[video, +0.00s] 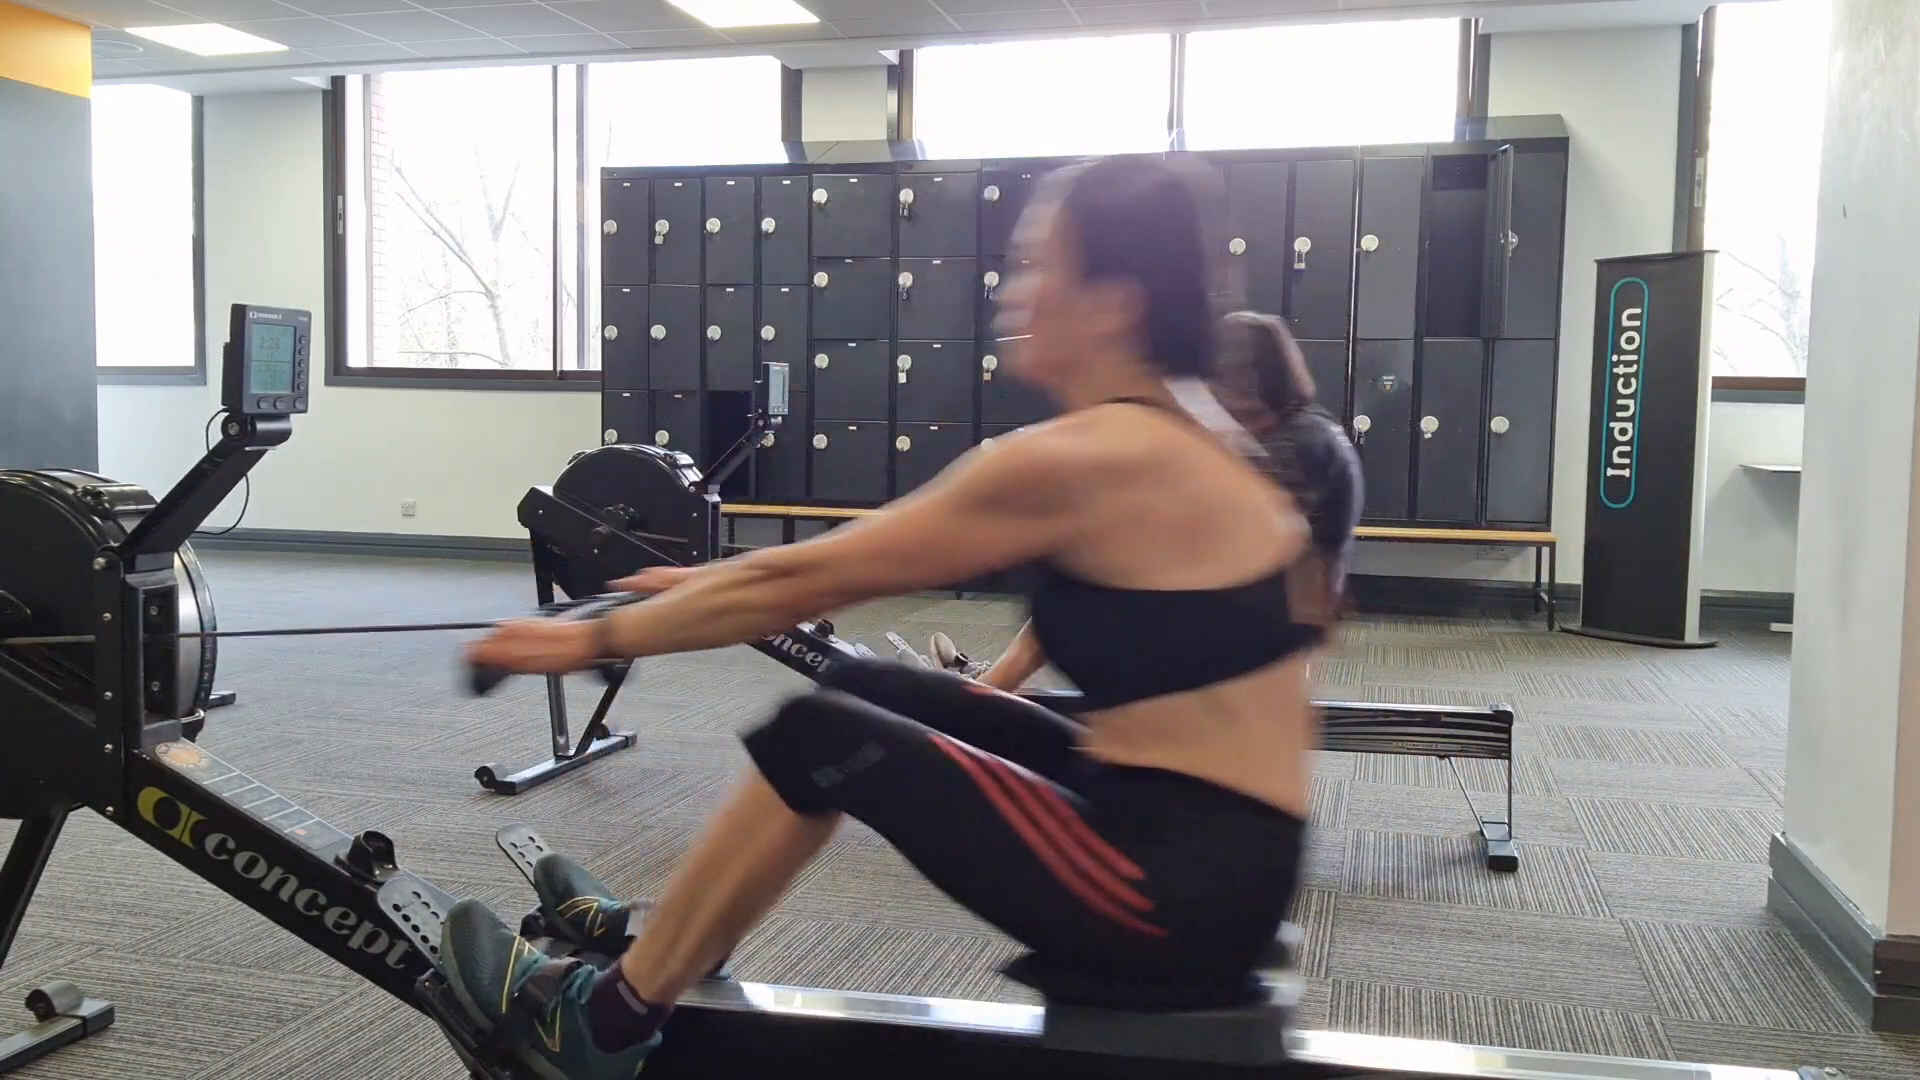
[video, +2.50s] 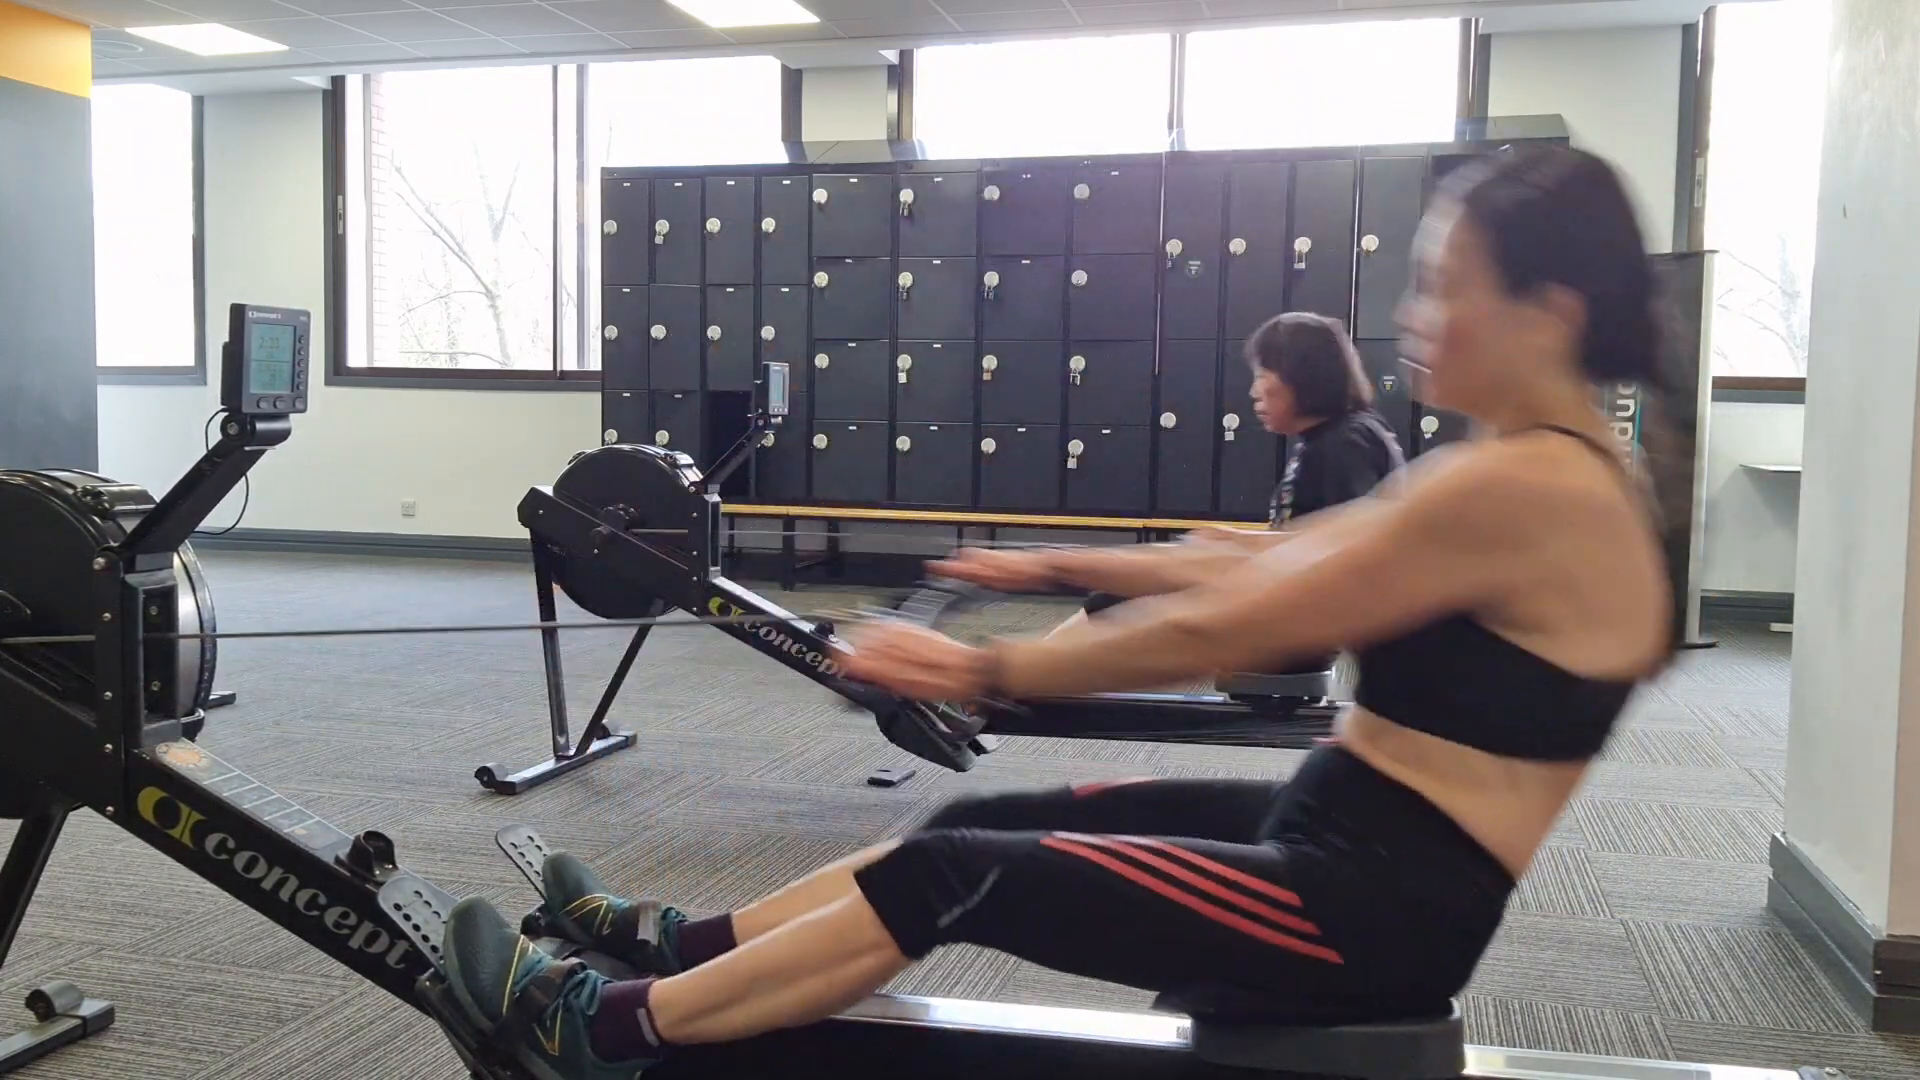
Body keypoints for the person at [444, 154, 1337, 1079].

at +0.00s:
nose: (1006, 297)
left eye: (1031, 273)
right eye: (1014, 271)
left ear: (1116, 303)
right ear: (1121, 307)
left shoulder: (1080, 460)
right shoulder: (1173, 437)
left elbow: (816, 580)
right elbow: (888, 556)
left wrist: (589, 637)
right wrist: (726, 579)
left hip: (1169, 883)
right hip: (1206, 841)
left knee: (825, 728)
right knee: (851, 690)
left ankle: (614, 1013)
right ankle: (665, 963)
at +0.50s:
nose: (1499, 371)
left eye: (1525, 337)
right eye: (1503, 339)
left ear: (1641, 349)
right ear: (1628, 355)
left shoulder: (1657, 539)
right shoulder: (1598, 514)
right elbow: (1421, 724)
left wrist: (1238, 784)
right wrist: (1251, 669)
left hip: (1383, 929)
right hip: (1336, 860)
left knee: (963, 888)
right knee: (967, 839)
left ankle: (617, 1032)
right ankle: (690, 955)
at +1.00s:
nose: (1208, 296)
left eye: (1236, 263)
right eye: (1213, 266)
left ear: (1334, 280)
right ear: (1319, 284)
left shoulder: (1350, 469)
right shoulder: (1347, 453)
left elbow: (1179, 743)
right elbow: (1253, 628)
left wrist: (972, 669)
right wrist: (1084, 571)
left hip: (1290, 910)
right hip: (1273, 868)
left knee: (913, 786)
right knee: (923, 747)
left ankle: (640, 1025)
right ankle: (691, 975)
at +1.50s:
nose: (773, 328)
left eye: (789, 303)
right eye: (780, 303)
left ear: (859, 327)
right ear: (871, 330)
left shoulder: (855, 481)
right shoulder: (966, 451)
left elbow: (578, 665)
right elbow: (1099, 607)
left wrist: (404, 762)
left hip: (983, 904)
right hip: (1054, 878)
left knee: (690, 679)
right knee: (752, 642)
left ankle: (607, 1011)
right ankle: (690, 947)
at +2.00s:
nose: (812, 314)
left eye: (832, 290)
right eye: (820, 288)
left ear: (906, 319)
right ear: (922, 321)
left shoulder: (883, 473)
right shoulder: (1005, 443)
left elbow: (602, 583)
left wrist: (411, 649)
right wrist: (672, 575)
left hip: (1005, 891)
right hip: (1076, 870)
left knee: (716, 661)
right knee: (765, 643)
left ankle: (605, 998)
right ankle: (684, 949)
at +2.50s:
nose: (1420, 324)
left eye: (1450, 295)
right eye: (1427, 292)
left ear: (1556, 317)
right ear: (1541, 318)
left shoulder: (1529, 488)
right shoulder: (1504, 468)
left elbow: (1242, 623)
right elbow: (1260, 574)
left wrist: (985, 672)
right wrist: (1046, 589)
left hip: (1360, 906)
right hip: (1330, 833)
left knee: (966, 864)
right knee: (972, 825)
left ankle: (603, 1031)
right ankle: (681, 948)